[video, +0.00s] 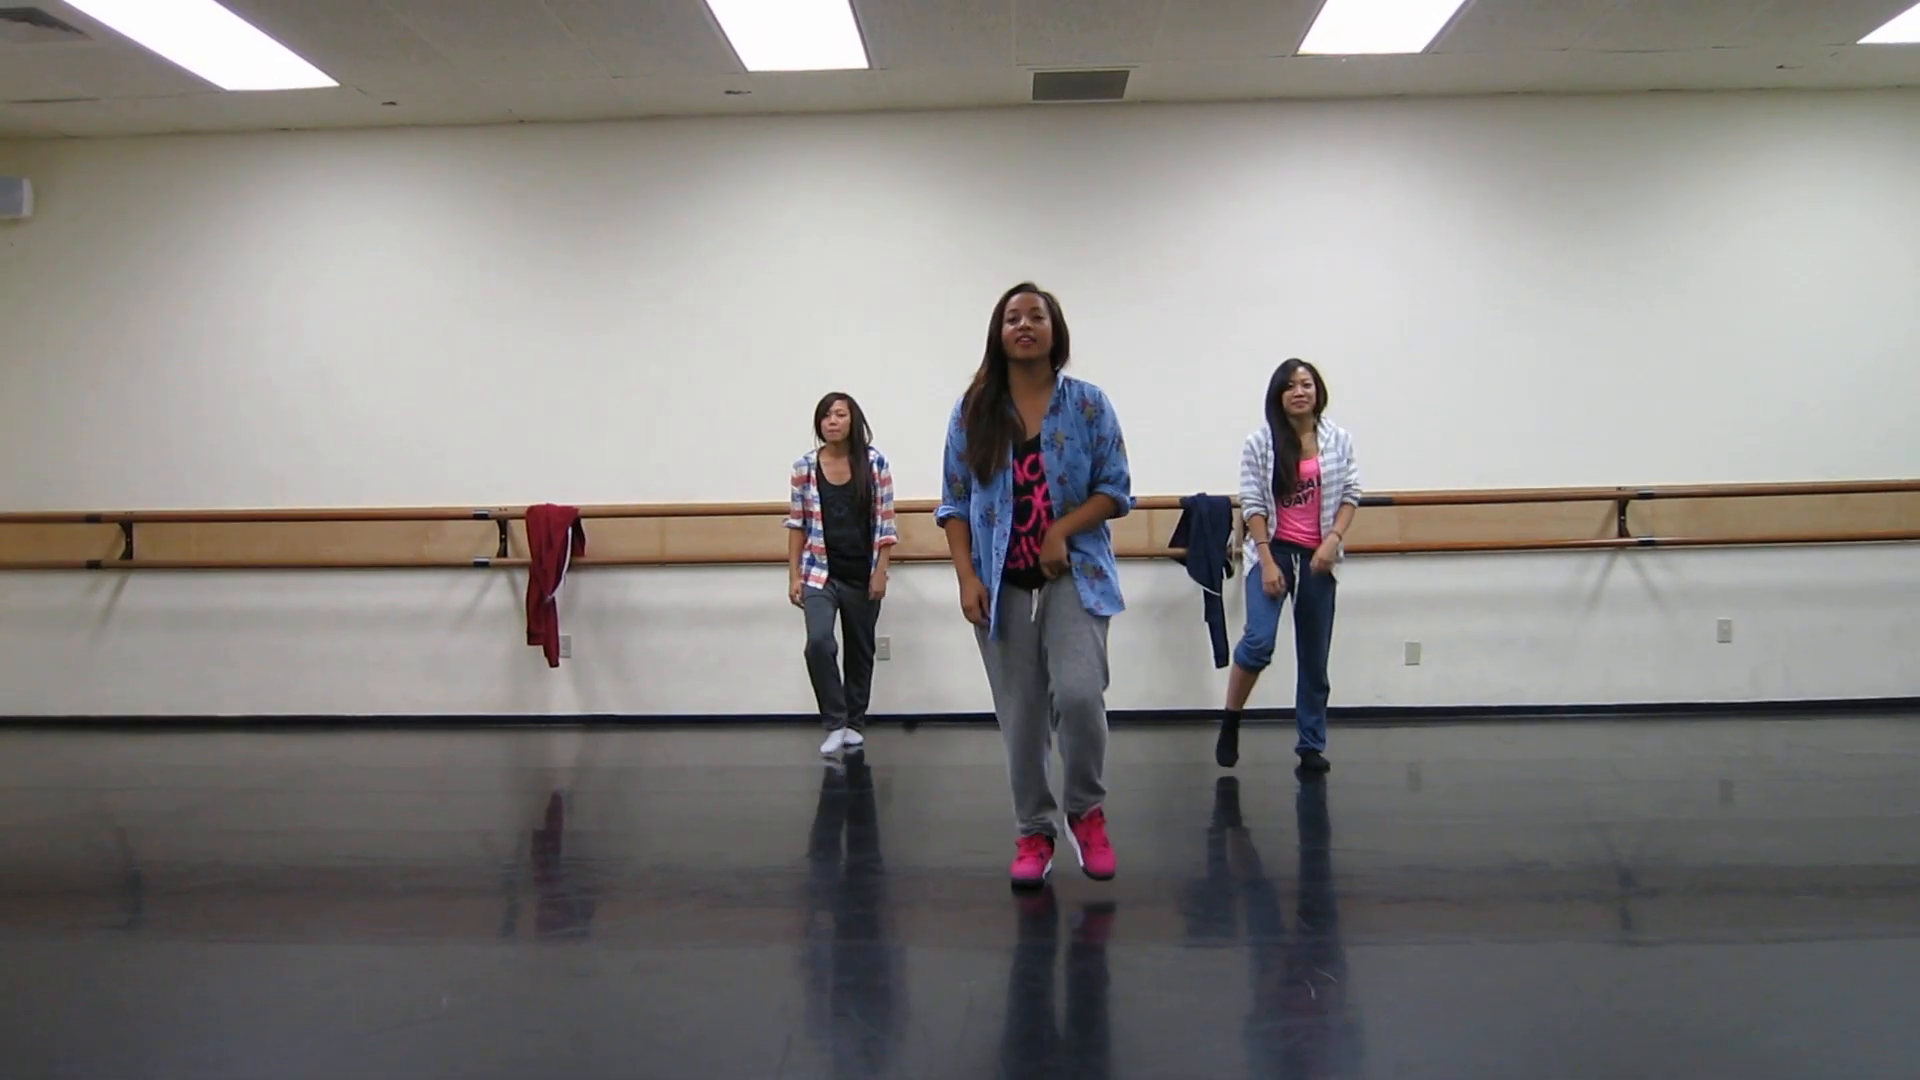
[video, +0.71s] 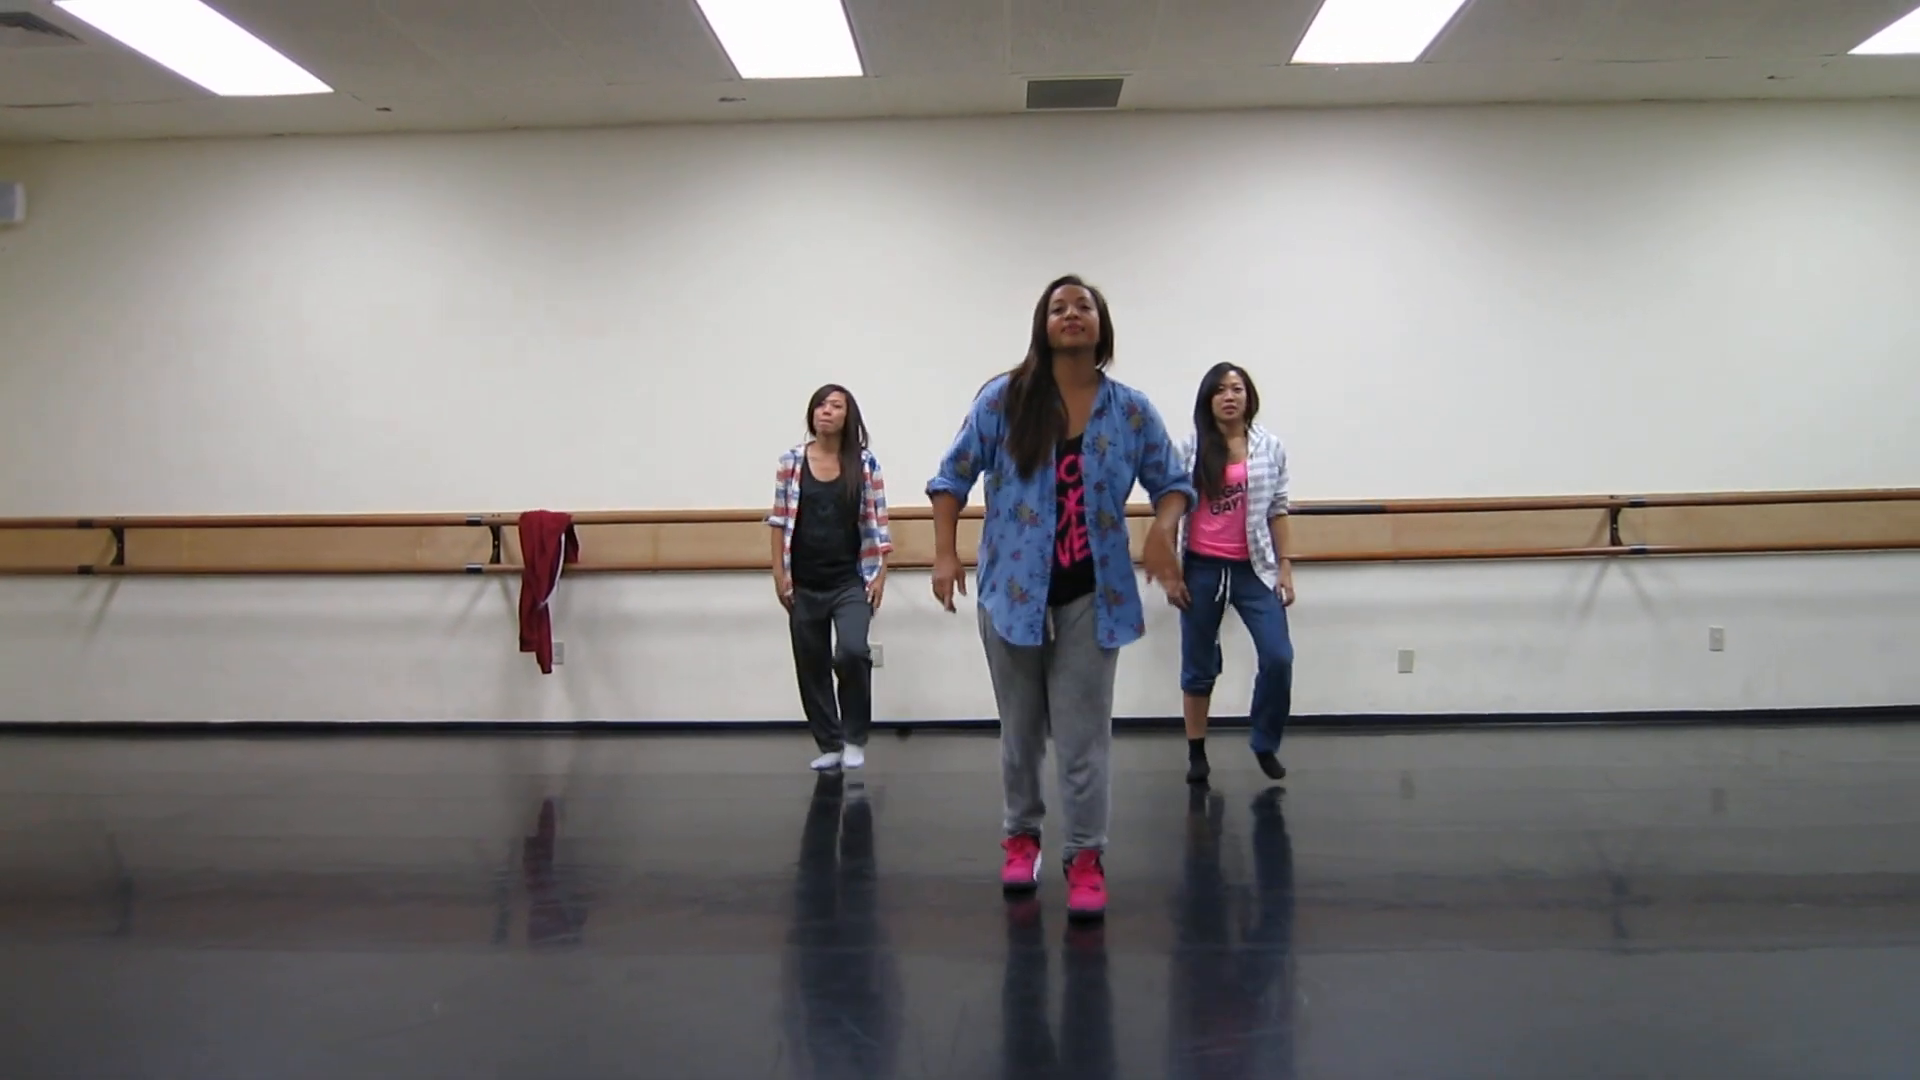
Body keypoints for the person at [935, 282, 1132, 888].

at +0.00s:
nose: (1024, 324)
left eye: (1036, 316)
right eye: (1013, 317)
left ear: (1056, 331)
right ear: (997, 334)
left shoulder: (1087, 402)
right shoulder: (972, 410)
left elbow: (1116, 490)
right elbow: (954, 502)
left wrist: (1062, 528)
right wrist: (966, 576)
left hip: (1074, 576)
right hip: (1002, 583)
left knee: (1078, 694)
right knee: (1019, 714)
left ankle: (1086, 815)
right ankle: (1034, 831)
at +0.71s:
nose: (1072, 313)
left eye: (1083, 305)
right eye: (1060, 306)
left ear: (1102, 323)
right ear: (1042, 326)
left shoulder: (1129, 406)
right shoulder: (1004, 399)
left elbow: (1172, 482)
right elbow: (950, 478)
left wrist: (1161, 531)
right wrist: (945, 551)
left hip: (1090, 598)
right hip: (1012, 598)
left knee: (1082, 735)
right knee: (1021, 731)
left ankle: (1086, 857)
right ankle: (1020, 837)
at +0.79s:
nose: (1074, 315)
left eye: (1084, 306)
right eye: (1061, 308)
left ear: (1104, 324)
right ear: (1043, 327)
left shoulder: (1134, 408)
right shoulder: (1007, 397)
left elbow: (1184, 470)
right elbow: (938, 462)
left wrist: (1175, 497)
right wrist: (942, 520)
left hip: (1096, 597)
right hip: (1017, 596)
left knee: (1076, 734)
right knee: (1020, 731)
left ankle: (1086, 859)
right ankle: (1011, 800)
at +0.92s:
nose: (1068, 329)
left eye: (1078, 321)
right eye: (1055, 324)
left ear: (1097, 339)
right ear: (1038, 344)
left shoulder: (1130, 420)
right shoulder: (1003, 413)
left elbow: (1193, 485)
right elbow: (941, 473)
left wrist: (1205, 422)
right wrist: (931, 427)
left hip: (1098, 612)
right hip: (1021, 612)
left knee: (1087, 746)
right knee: (1017, 749)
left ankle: (1083, 863)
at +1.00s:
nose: (1059, 321)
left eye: (1070, 312)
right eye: (1046, 315)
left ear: (1090, 330)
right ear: (1028, 335)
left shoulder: (1119, 408)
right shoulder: (996, 405)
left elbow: (1171, 481)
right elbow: (945, 476)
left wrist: (1228, 434)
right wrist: (910, 411)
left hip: (1096, 601)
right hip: (1017, 603)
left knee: (1090, 741)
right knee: (1032, 732)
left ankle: (1088, 863)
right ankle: (996, 725)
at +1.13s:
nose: (1050, 335)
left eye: (1061, 325)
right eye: (1036, 329)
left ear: (1081, 341)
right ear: (1016, 348)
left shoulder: (1102, 409)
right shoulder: (990, 403)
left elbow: (1128, 464)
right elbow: (980, 436)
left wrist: (1092, 460)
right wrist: (1005, 406)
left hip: (1087, 597)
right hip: (1010, 600)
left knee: (1086, 740)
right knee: (1033, 733)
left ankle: (1091, 863)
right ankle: (1047, 873)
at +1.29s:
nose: (1013, 333)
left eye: (1026, 322)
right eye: (1001, 324)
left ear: (1050, 335)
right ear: (986, 339)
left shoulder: (1070, 404)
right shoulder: (964, 404)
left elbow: (1128, 421)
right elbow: (892, 426)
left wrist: (1060, 376)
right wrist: (956, 372)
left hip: (1063, 597)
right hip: (985, 599)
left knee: (1068, 741)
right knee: (987, 738)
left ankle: (1084, 866)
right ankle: (992, 871)